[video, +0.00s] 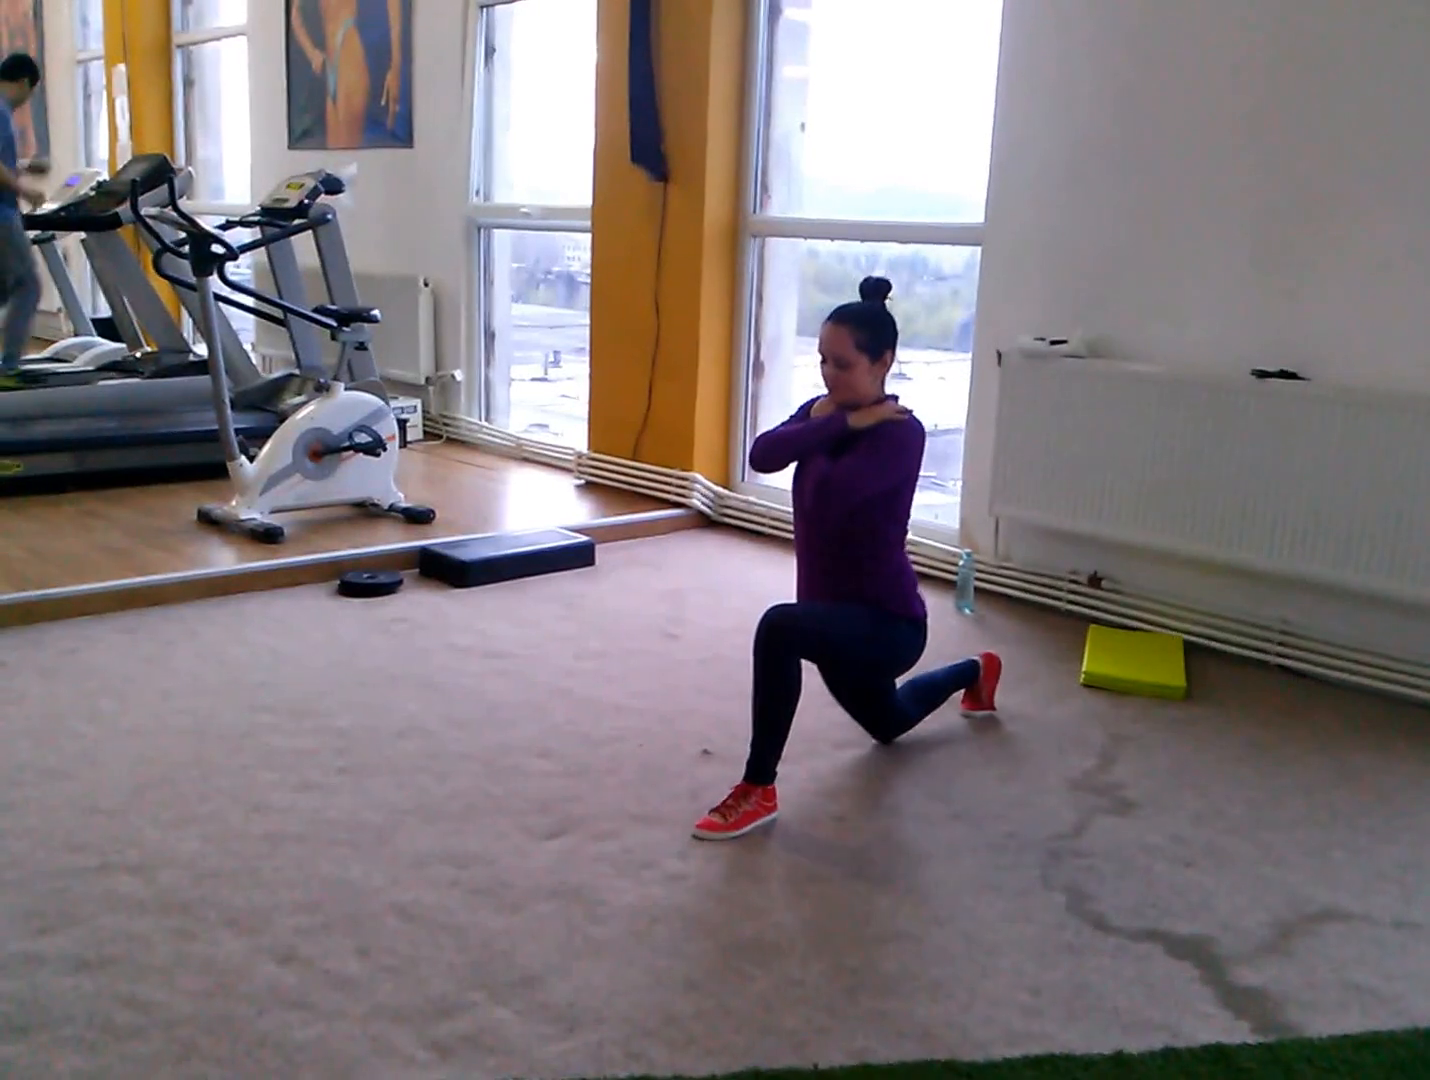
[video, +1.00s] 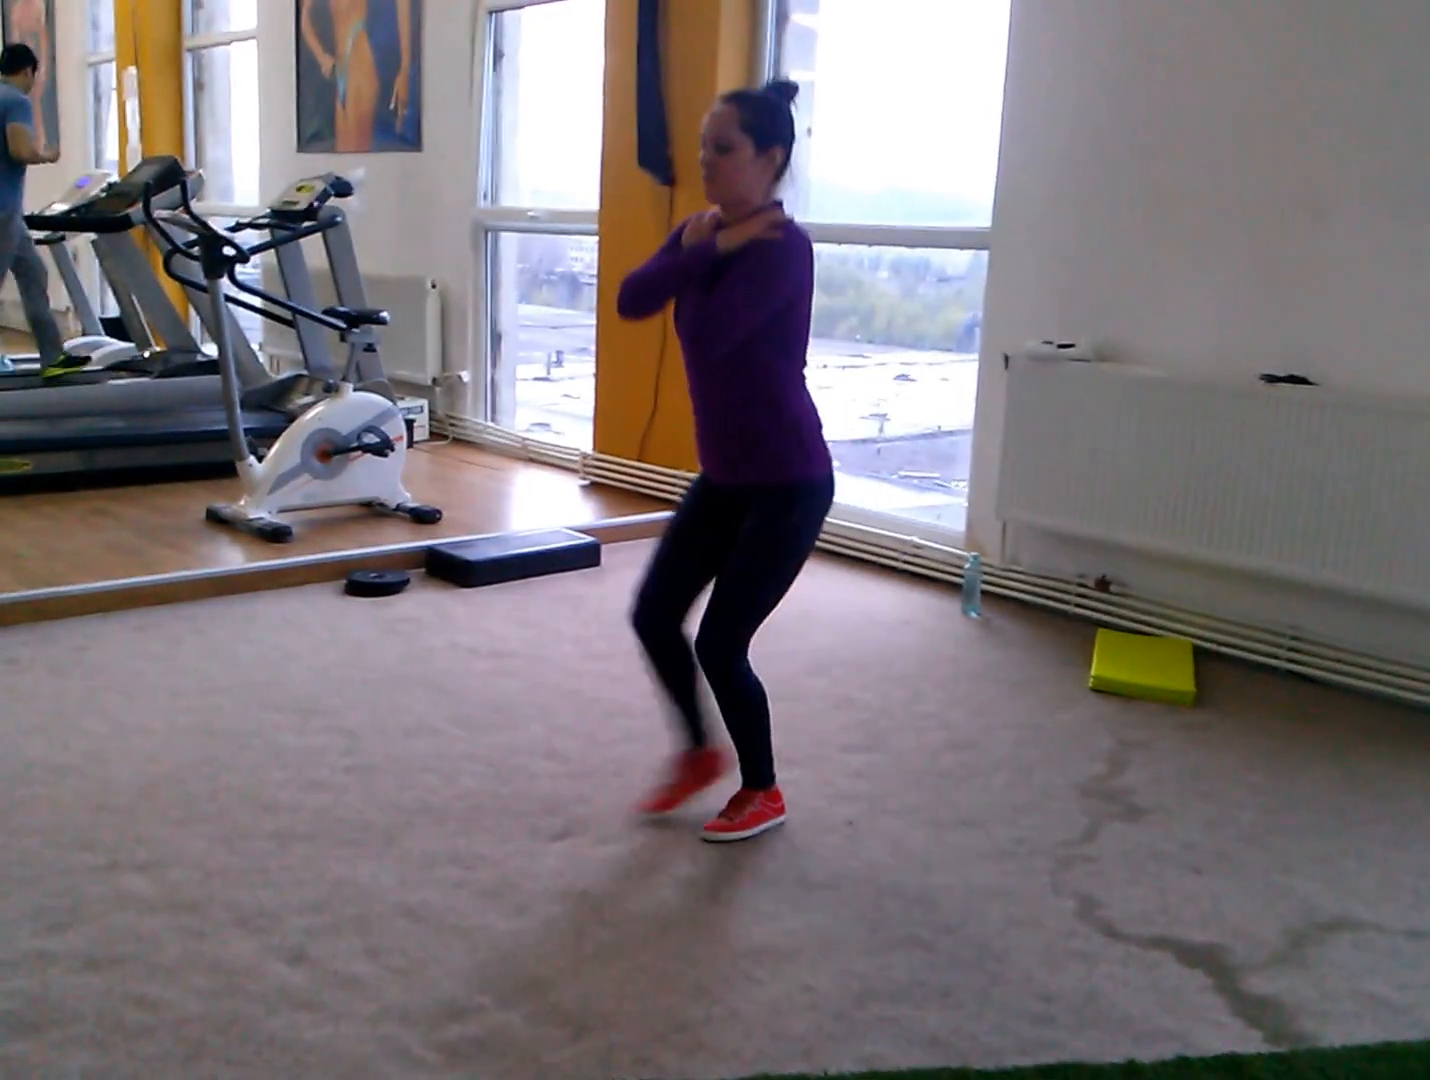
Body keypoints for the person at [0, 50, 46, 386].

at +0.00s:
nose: (29, 96)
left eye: (31, 89)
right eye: (30, 88)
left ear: (10, 80)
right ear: (21, 82)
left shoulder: (5, 114)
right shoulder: (2, 115)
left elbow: (1, 163)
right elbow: (0, 167)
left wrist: (24, 167)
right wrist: (25, 188)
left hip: (9, 211)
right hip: (5, 213)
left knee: (16, 283)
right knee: (27, 283)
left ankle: (10, 360)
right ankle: (9, 362)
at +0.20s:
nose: (31, 89)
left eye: (32, 83)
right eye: (33, 83)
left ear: (6, 71)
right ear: (28, 77)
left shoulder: (5, 102)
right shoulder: (8, 104)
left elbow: (10, 152)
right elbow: (10, 154)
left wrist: (36, 159)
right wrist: (42, 160)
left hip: (4, 216)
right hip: (2, 217)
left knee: (27, 272)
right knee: (26, 272)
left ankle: (33, 355)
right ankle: (32, 355)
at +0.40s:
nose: (29, 95)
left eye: (29, 89)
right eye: (29, 89)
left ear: (4, 83)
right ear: (22, 85)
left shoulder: (8, 115)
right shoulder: (7, 115)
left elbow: (7, 165)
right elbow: (5, 164)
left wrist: (25, 198)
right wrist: (33, 196)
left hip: (9, 215)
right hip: (6, 217)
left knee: (16, 285)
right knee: (17, 286)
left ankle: (6, 357)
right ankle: (4, 357)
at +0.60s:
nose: (31, 83)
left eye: (32, 78)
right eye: (32, 77)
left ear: (5, 70)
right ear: (27, 74)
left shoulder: (7, 105)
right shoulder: (4, 104)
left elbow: (7, 156)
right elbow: (1, 153)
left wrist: (36, 151)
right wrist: (21, 171)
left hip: (9, 204)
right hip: (5, 206)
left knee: (35, 272)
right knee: (36, 272)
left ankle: (43, 357)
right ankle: (44, 358)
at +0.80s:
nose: (34, 93)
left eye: (33, 86)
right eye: (34, 86)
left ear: (5, 81)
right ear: (28, 84)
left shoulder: (7, 117)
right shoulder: (9, 119)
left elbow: (10, 174)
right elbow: (9, 174)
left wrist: (35, 194)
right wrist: (40, 196)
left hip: (9, 218)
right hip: (7, 219)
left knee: (20, 286)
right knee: (25, 287)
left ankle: (4, 359)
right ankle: (3, 359)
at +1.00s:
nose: (34, 81)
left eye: (35, 75)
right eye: (34, 74)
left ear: (7, 70)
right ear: (26, 71)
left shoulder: (8, 99)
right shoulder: (15, 101)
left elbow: (21, 149)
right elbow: (20, 150)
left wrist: (40, 153)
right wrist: (45, 154)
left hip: (10, 213)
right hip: (6, 214)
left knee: (33, 274)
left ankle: (53, 355)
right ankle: (52, 354)